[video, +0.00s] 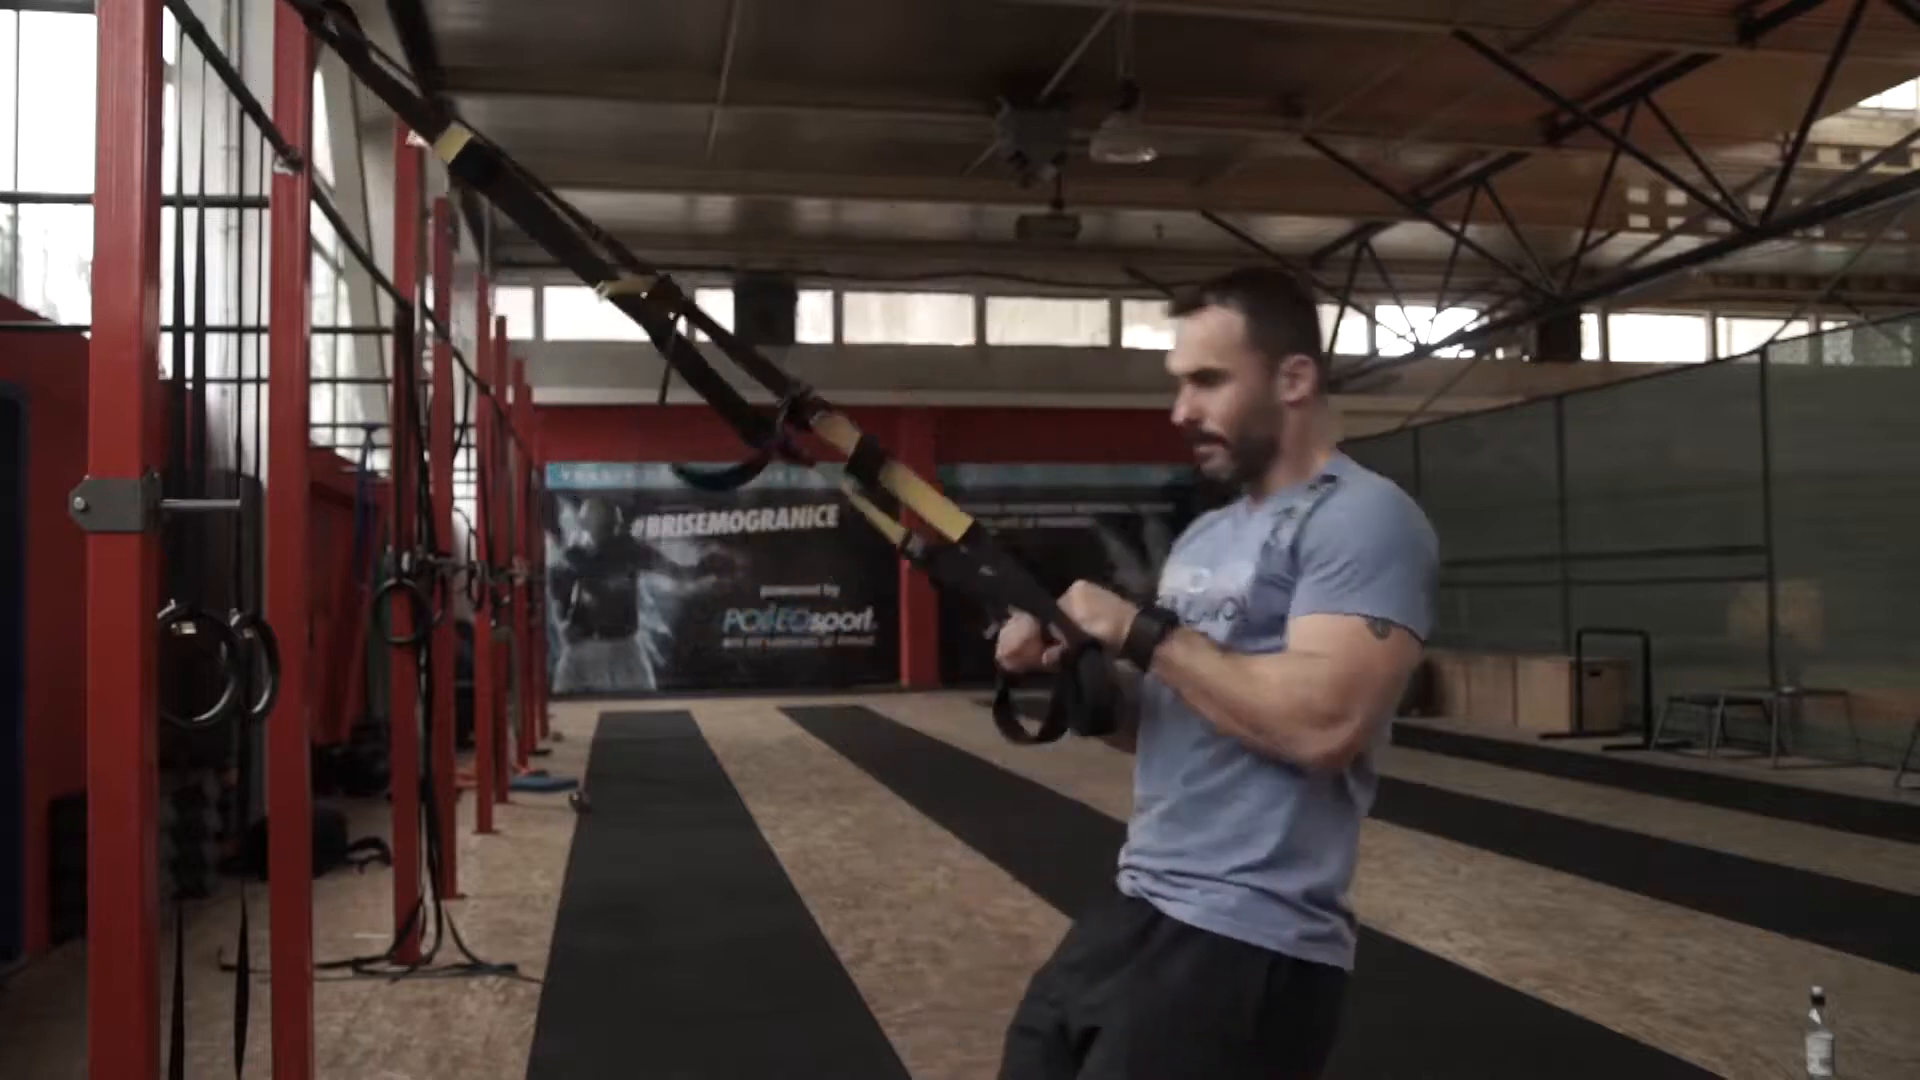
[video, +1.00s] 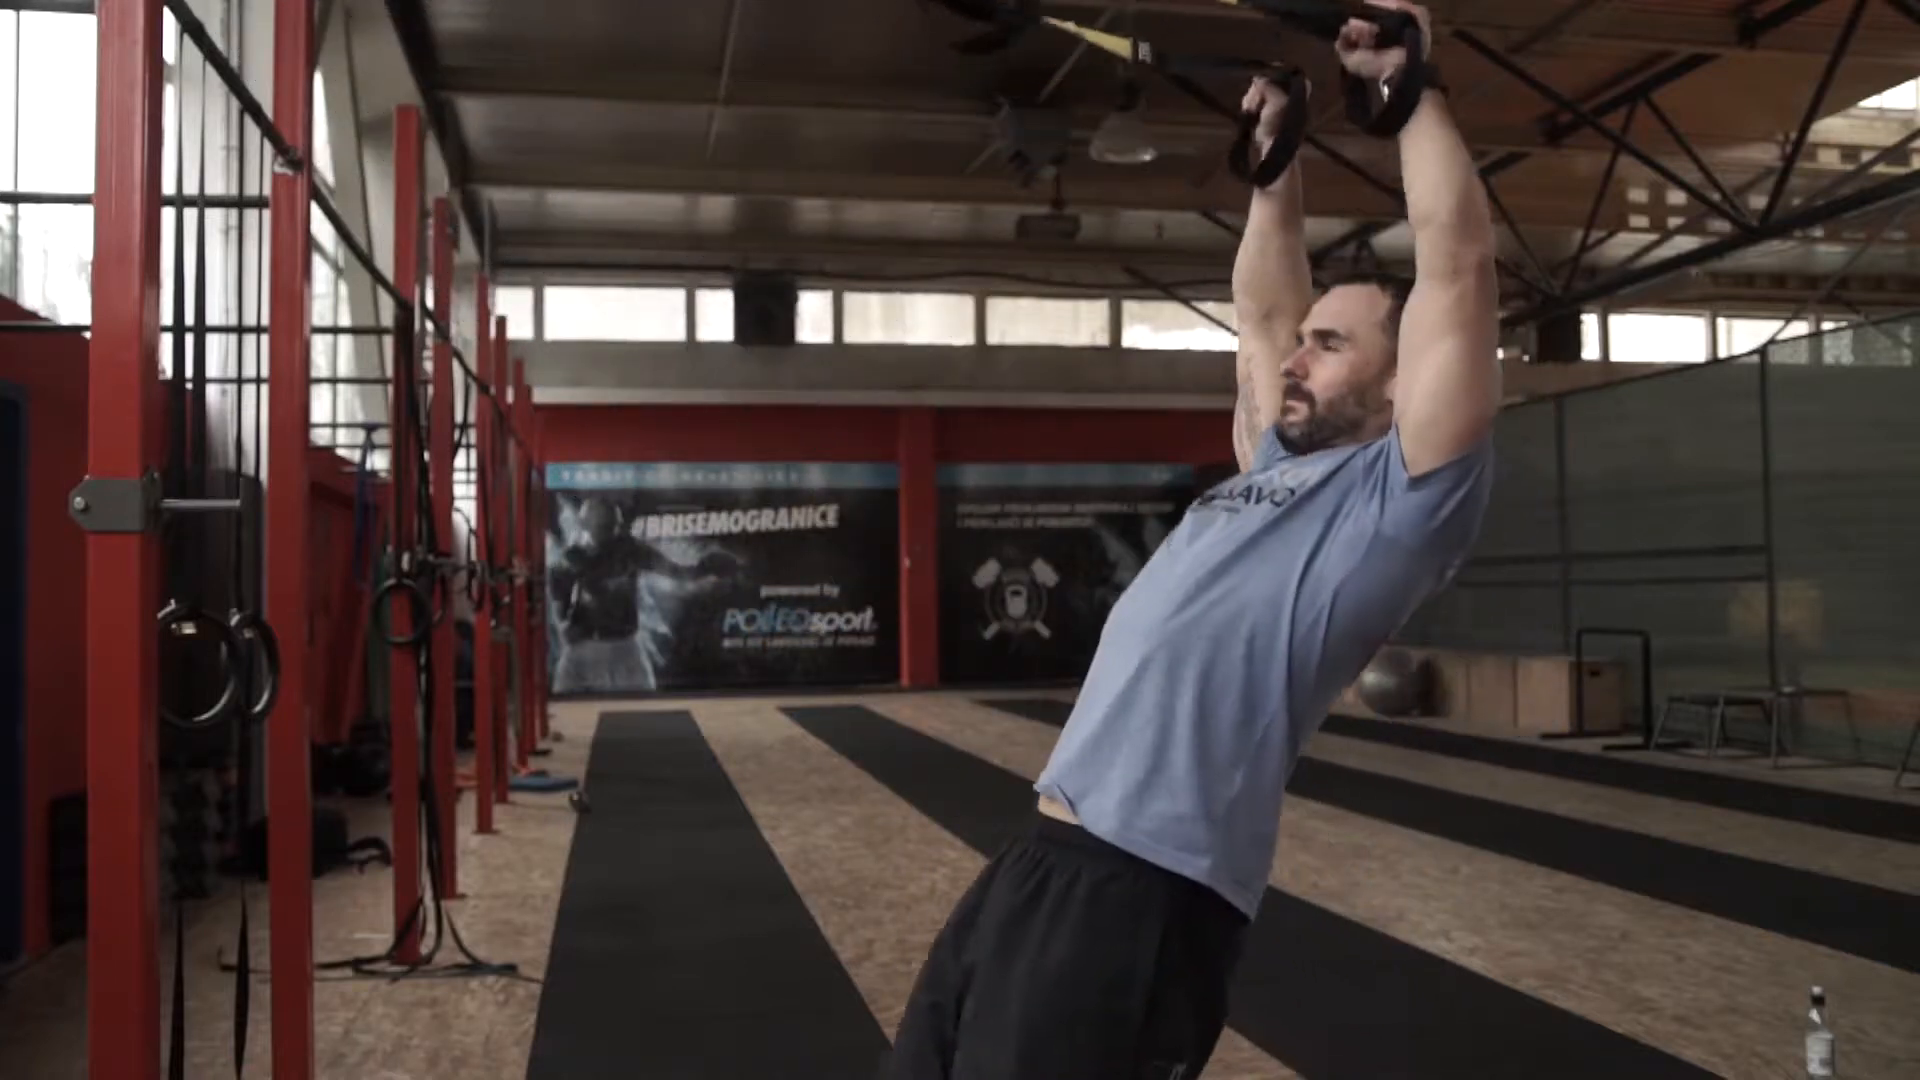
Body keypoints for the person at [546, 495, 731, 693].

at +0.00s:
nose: (600, 528)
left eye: (606, 521)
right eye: (593, 521)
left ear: (615, 521)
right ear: (583, 523)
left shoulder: (630, 550)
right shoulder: (571, 559)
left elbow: (676, 574)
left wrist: (703, 567)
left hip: (625, 644)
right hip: (581, 648)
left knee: (638, 713)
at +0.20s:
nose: (601, 524)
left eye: (606, 517)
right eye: (594, 517)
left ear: (616, 519)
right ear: (583, 521)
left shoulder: (629, 549)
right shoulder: (572, 557)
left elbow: (676, 573)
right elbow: (561, 614)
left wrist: (704, 570)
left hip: (624, 648)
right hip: (580, 650)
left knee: (635, 717)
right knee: (574, 720)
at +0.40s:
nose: (600, 523)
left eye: (605, 516)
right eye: (593, 516)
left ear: (615, 518)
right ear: (583, 521)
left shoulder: (629, 549)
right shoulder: (572, 557)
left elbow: (675, 573)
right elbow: (561, 614)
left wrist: (703, 571)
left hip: (624, 647)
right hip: (580, 649)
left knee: (635, 716)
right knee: (573, 719)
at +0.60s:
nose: (600, 524)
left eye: (605, 517)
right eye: (593, 518)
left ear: (615, 519)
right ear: (583, 521)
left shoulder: (629, 549)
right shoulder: (573, 556)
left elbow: (675, 573)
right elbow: (561, 612)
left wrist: (703, 571)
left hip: (624, 646)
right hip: (580, 649)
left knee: (635, 715)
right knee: (573, 718)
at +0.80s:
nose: (601, 526)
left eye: (606, 518)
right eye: (594, 519)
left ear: (616, 519)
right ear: (583, 522)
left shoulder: (630, 549)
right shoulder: (572, 557)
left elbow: (674, 572)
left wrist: (702, 572)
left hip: (624, 647)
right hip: (580, 650)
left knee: (636, 716)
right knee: (573, 718)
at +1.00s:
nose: (601, 525)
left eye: (606, 518)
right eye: (594, 518)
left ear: (616, 519)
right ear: (583, 521)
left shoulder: (630, 550)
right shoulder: (571, 559)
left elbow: (674, 573)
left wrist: (703, 572)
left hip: (625, 648)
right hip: (580, 650)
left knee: (636, 717)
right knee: (574, 719)